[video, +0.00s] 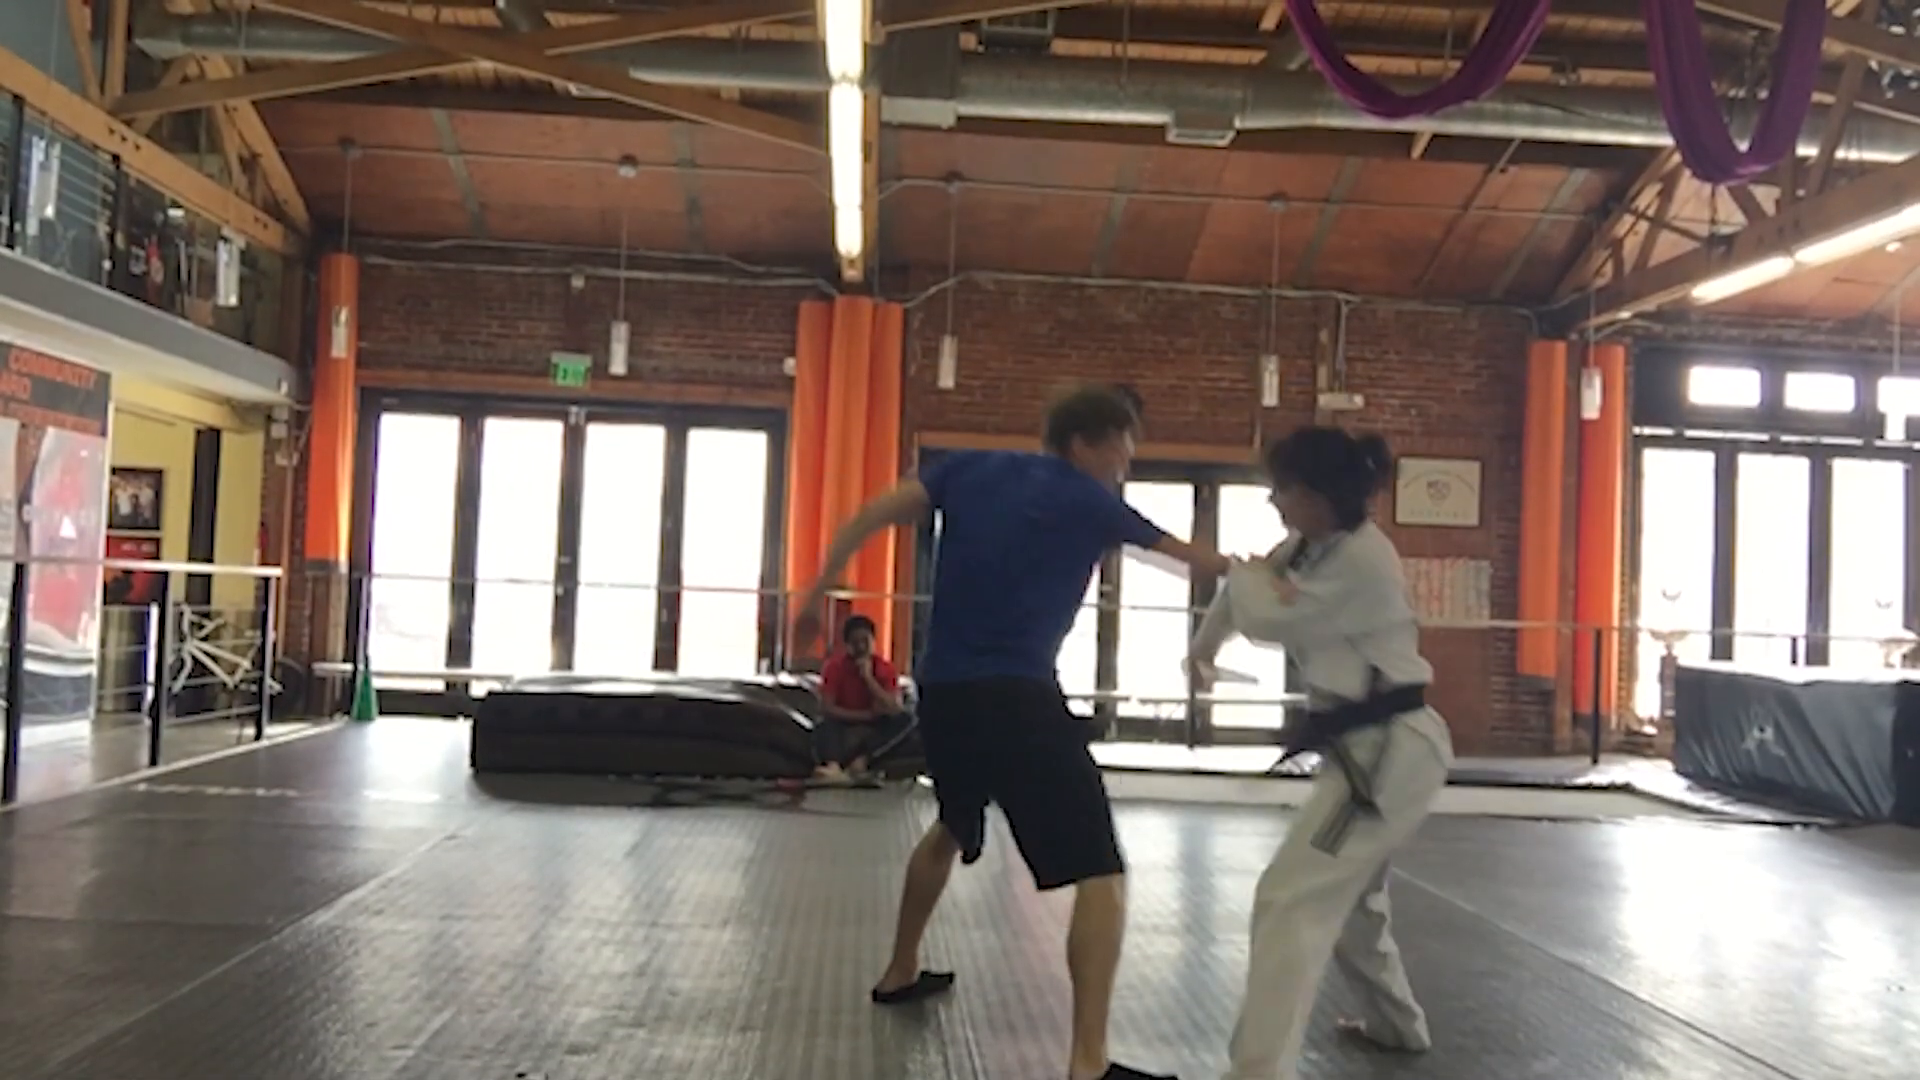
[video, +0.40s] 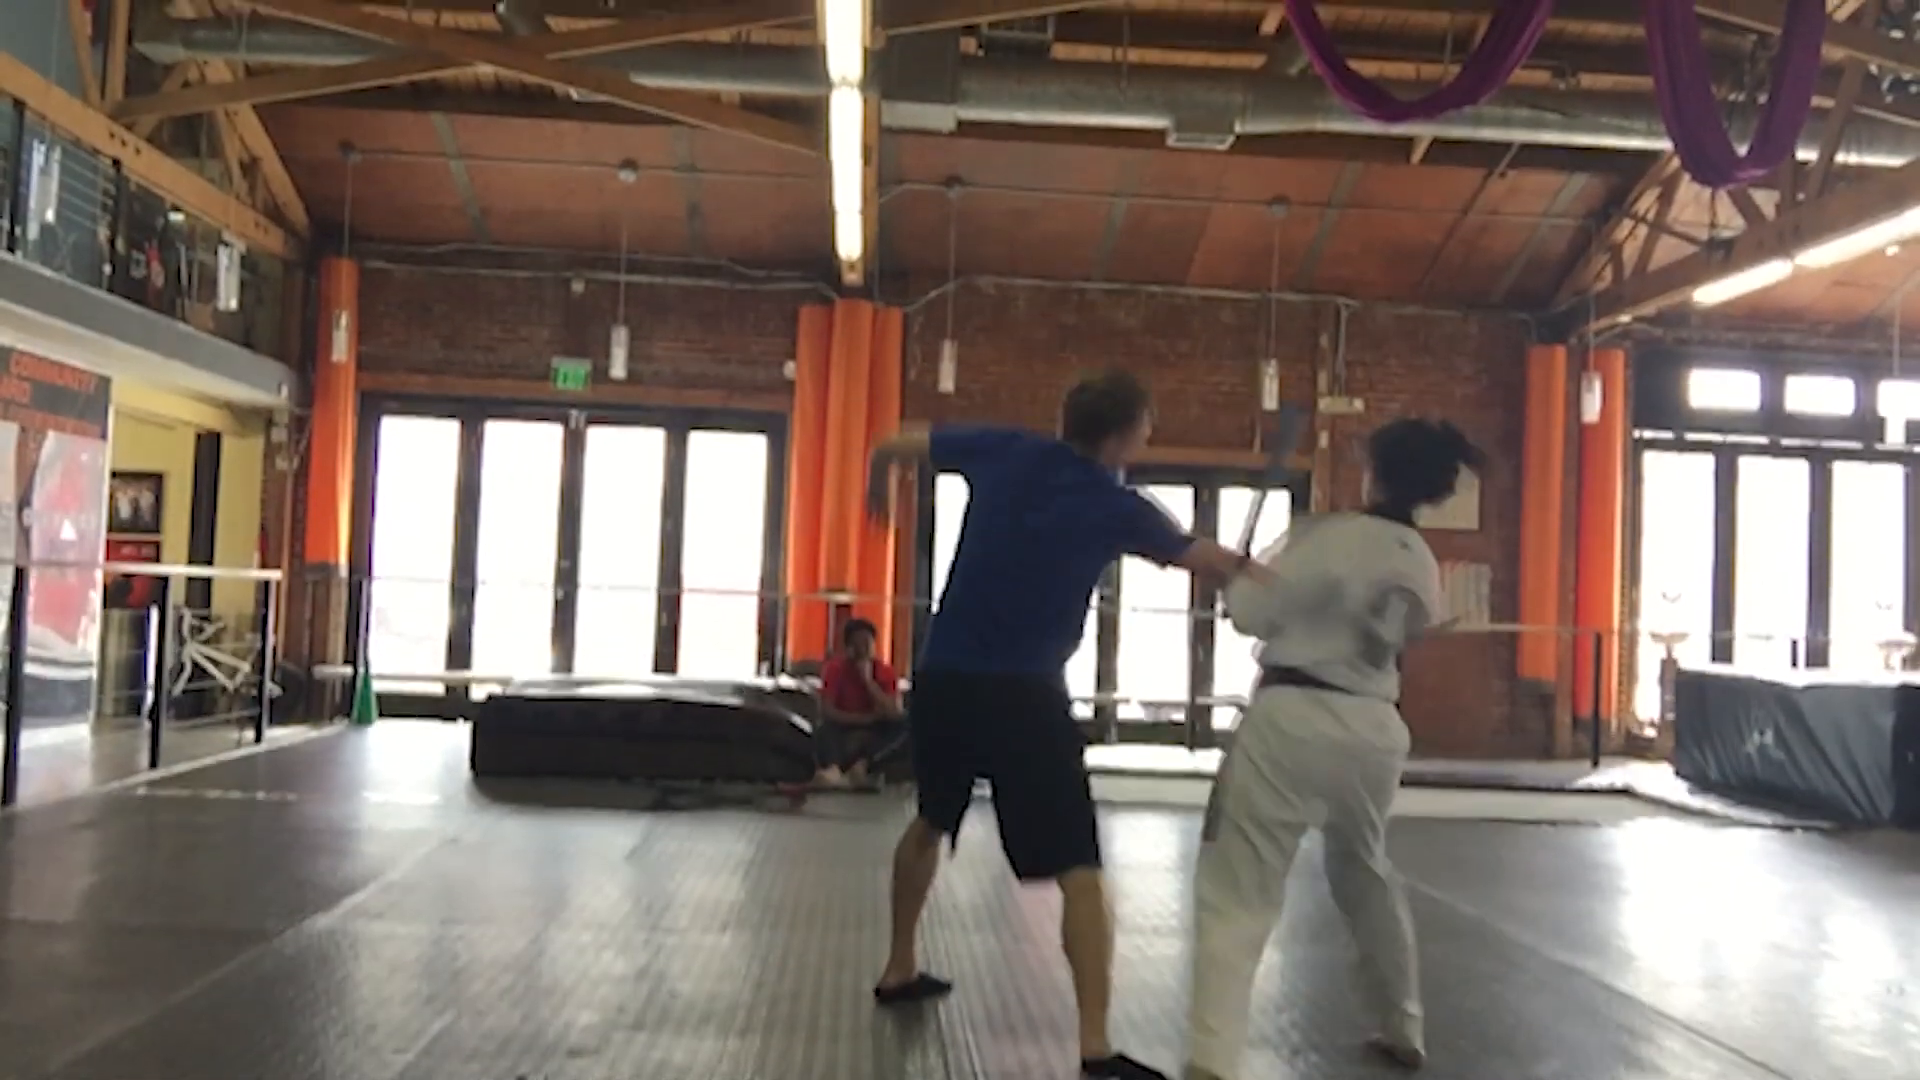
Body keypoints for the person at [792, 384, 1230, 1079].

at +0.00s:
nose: (1127, 470)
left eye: (1129, 458)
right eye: (1124, 455)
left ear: (1054, 441)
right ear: (1087, 443)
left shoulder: (970, 470)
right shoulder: (1093, 501)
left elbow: (874, 511)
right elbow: (1193, 560)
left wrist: (814, 589)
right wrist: (1247, 571)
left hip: (943, 694)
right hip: (1021, 698)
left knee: (950, 825)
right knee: (1101, 872)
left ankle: (899, 972)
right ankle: (1090, 1061)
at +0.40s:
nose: (1144, 446)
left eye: (1145, 433)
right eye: (1142, 433)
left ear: (1073, 421)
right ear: (1120, 436)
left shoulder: (1005, 450)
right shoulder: (1115, 502)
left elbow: (892, 442)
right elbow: (1205, 559)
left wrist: (883, 496)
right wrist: (1260, 571)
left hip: (942, 682)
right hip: (1027, 694)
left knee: (930, 818)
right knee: (1080, 871)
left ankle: (897, 970)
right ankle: (1095, 1049)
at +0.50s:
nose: (1141, 413)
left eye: (1139, 403)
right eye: (1138, 405)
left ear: (1064, 406)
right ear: (1125, 415)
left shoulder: (1020, 449)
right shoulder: (1135, 492)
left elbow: (929, 416)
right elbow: (1215, 562)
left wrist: (857, 392)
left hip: (951, 662)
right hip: (1035, 681)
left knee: (925, 807)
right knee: (1082, 864)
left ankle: (900, 962)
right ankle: (1119, 1037)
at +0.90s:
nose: (1153, 476)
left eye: (1159, 465)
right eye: (1154, 462)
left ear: (1099, 433)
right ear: (1125, 440)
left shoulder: (1017, 455)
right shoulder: (1124, 510)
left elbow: (918, 451)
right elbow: (1201, 596)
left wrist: (887, 468)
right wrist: (1266, 641)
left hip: (968, 690)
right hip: (1054, 706)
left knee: (944, 817)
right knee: (1108, 875)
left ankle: (901, 969)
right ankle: (1107, 1058)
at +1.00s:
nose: (1146, 481)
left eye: (1153, 470)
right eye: (1150, 466)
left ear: (1094, 430)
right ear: (1126, 440)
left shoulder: (1014, 457)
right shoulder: (1122, 506)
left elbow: (908, 500)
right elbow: (1204, 614)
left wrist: (903, 568)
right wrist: (1202, 660)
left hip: (971, 688)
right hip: (1056, 702)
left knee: (952, 818)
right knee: (1111, 872)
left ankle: (906, 969)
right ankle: (1113, 1060)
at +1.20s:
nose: (1134, 446)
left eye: (1137, 435)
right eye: (1136, 434)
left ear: (1066, 415)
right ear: (1118, 428)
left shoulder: (1007, 455)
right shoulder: (1128, 501)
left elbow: (903, 488)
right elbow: (1203, 547)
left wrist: (803, 523)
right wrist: (1194, 571)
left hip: (986, 686)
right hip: (1074, 698)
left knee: (977, 804)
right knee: (1108, 879)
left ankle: (951, 951)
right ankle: (1123, 1062)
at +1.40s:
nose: (1101, 459)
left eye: (1103, 450)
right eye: (1103, 449)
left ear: (1037, 421)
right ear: (1088, 446)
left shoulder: (993, 468)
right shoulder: (1085, 517)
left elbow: (946, 497)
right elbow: (1139, 572)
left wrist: (875, 531)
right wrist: (1124, 554)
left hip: (970, 697)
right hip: (1052, 706)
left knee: (965, 827)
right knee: (1106, 875)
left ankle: (972, 977)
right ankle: (1124, 1003)